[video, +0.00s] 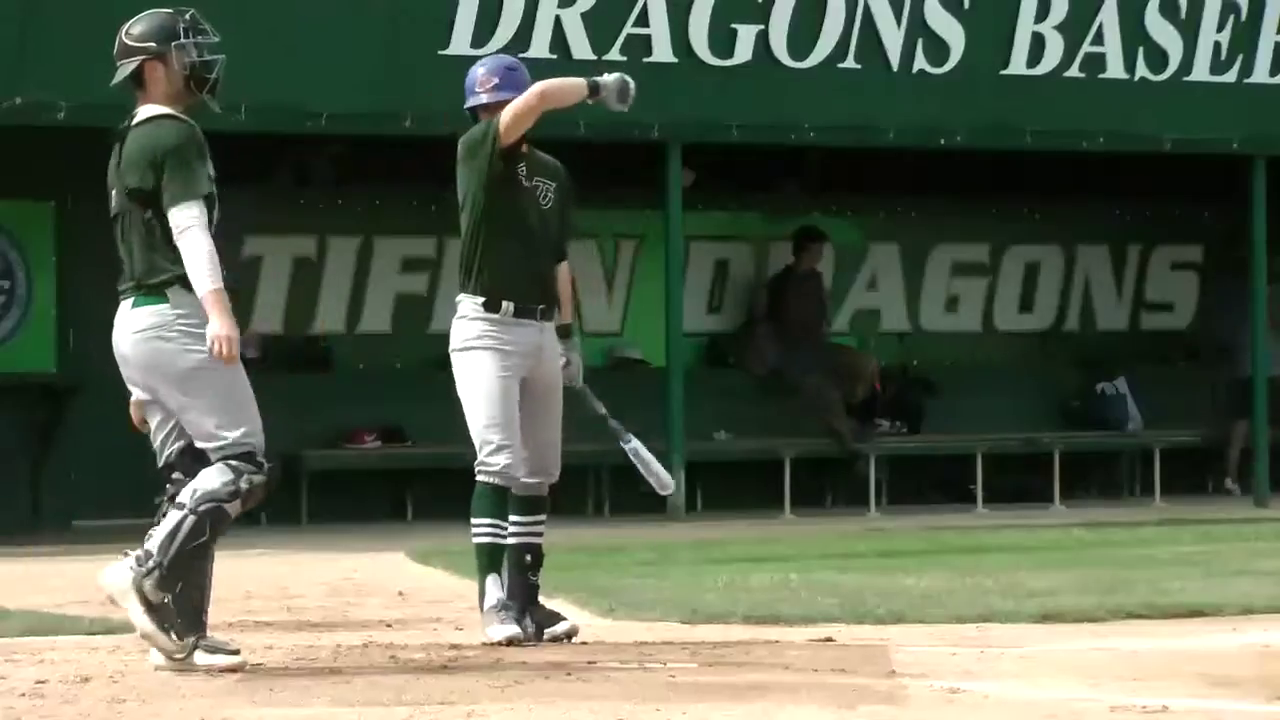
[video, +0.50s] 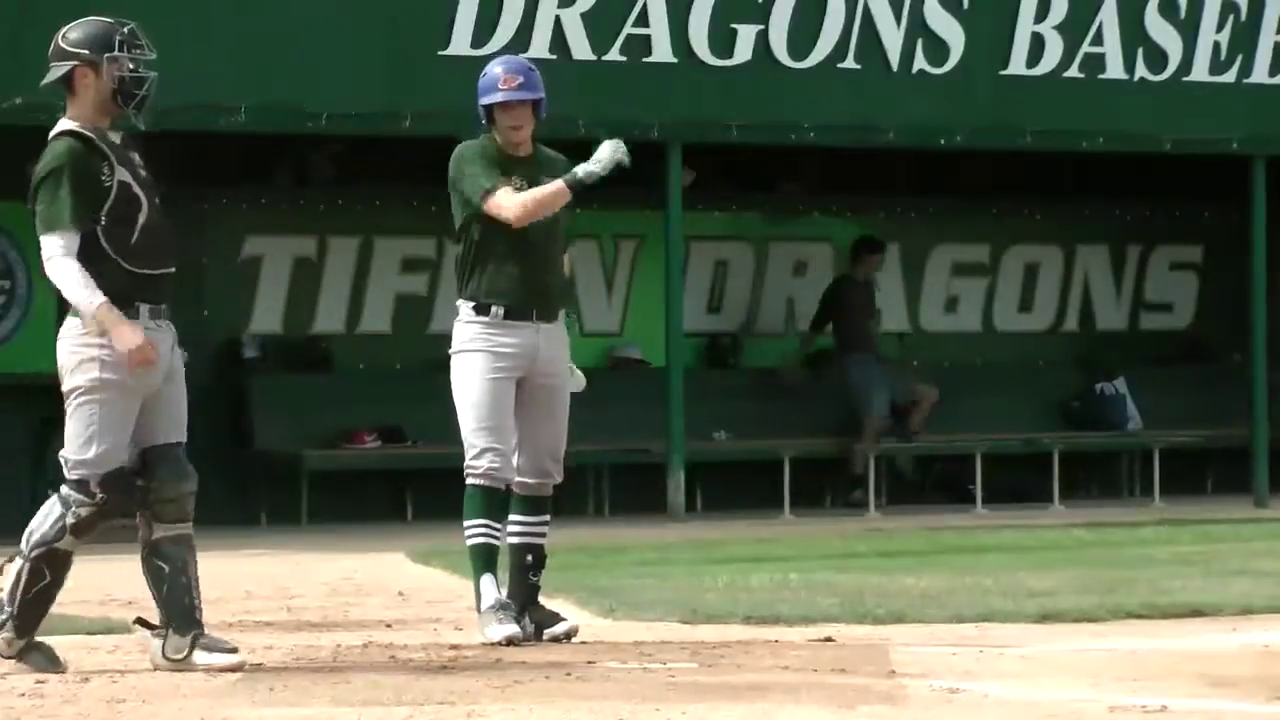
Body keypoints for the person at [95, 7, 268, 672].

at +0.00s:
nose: (200, 62)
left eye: (196, 52)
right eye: (187, 52)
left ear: (149, 70)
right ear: (154, 64)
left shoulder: (131, 142)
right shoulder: (174, 132)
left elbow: (139, 258)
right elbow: (189, 229)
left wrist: (143, 378)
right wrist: (220, 312)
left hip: (137, 322)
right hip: (174, 319)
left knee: (191, 477)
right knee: (243, 464)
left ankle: (183, 633)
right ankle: (145, 573)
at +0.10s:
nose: (194, 66)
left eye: (191, 55)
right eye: (182, 56)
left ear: (141, 69)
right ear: (151, 65)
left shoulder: (131, 137)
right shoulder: (158, 132)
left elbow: (125, 255)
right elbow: (153, 227)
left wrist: (127, 350)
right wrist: (179, 310)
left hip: (148, 325)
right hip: (183, 322)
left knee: (187, 474)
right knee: (226, 472)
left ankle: (183, 630)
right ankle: (110, 581)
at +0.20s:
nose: (185, 64)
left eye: (181, 54)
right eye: (172, 56)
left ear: (139, 70)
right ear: (138, 67)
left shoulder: (148, 135)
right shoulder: (139, 135)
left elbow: (111, 247)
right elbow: (123, 237)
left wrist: (101, 344)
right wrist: (141, 322)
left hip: (174, 322)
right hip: (170, 325)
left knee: (200, 484)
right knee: (195, 483)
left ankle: (183, 634)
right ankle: (74, 582)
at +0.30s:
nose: (170, 67)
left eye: (166, 57)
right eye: (157, 57)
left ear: (127, 70)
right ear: (125, 68)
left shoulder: (147, 141)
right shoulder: (118, 141)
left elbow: (103, 257)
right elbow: (106, 240)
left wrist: (89, 344)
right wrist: (116, 332)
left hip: (188, 329)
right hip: (152, 328)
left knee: (198, 485)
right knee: (161, 489)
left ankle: (183, 636)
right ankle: (53, 598)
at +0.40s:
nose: (149, 65)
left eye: (147, 56)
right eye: (135, 57)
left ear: (119, 72)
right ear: (101, 71)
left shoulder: (137, 144)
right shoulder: (95, 146)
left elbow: (135, 258)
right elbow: (84, 250)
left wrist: (85, 351)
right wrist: (104, 336)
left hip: (177, 331)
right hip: (133, 331)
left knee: (185, 491)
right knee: (124, 494)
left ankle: (182, 638)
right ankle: (30, 613)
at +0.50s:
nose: (131, 75)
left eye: (129, 65)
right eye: (118, 65)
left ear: (107, 74)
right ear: (82, 74)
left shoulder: (120, 143)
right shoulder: (67, 152)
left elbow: (121, 240)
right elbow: (59, 256)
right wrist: (116, 327)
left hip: (156, 331)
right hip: (102, 334)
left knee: (169, 488)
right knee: (91, 493)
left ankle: (182, 637)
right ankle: (11, 624)